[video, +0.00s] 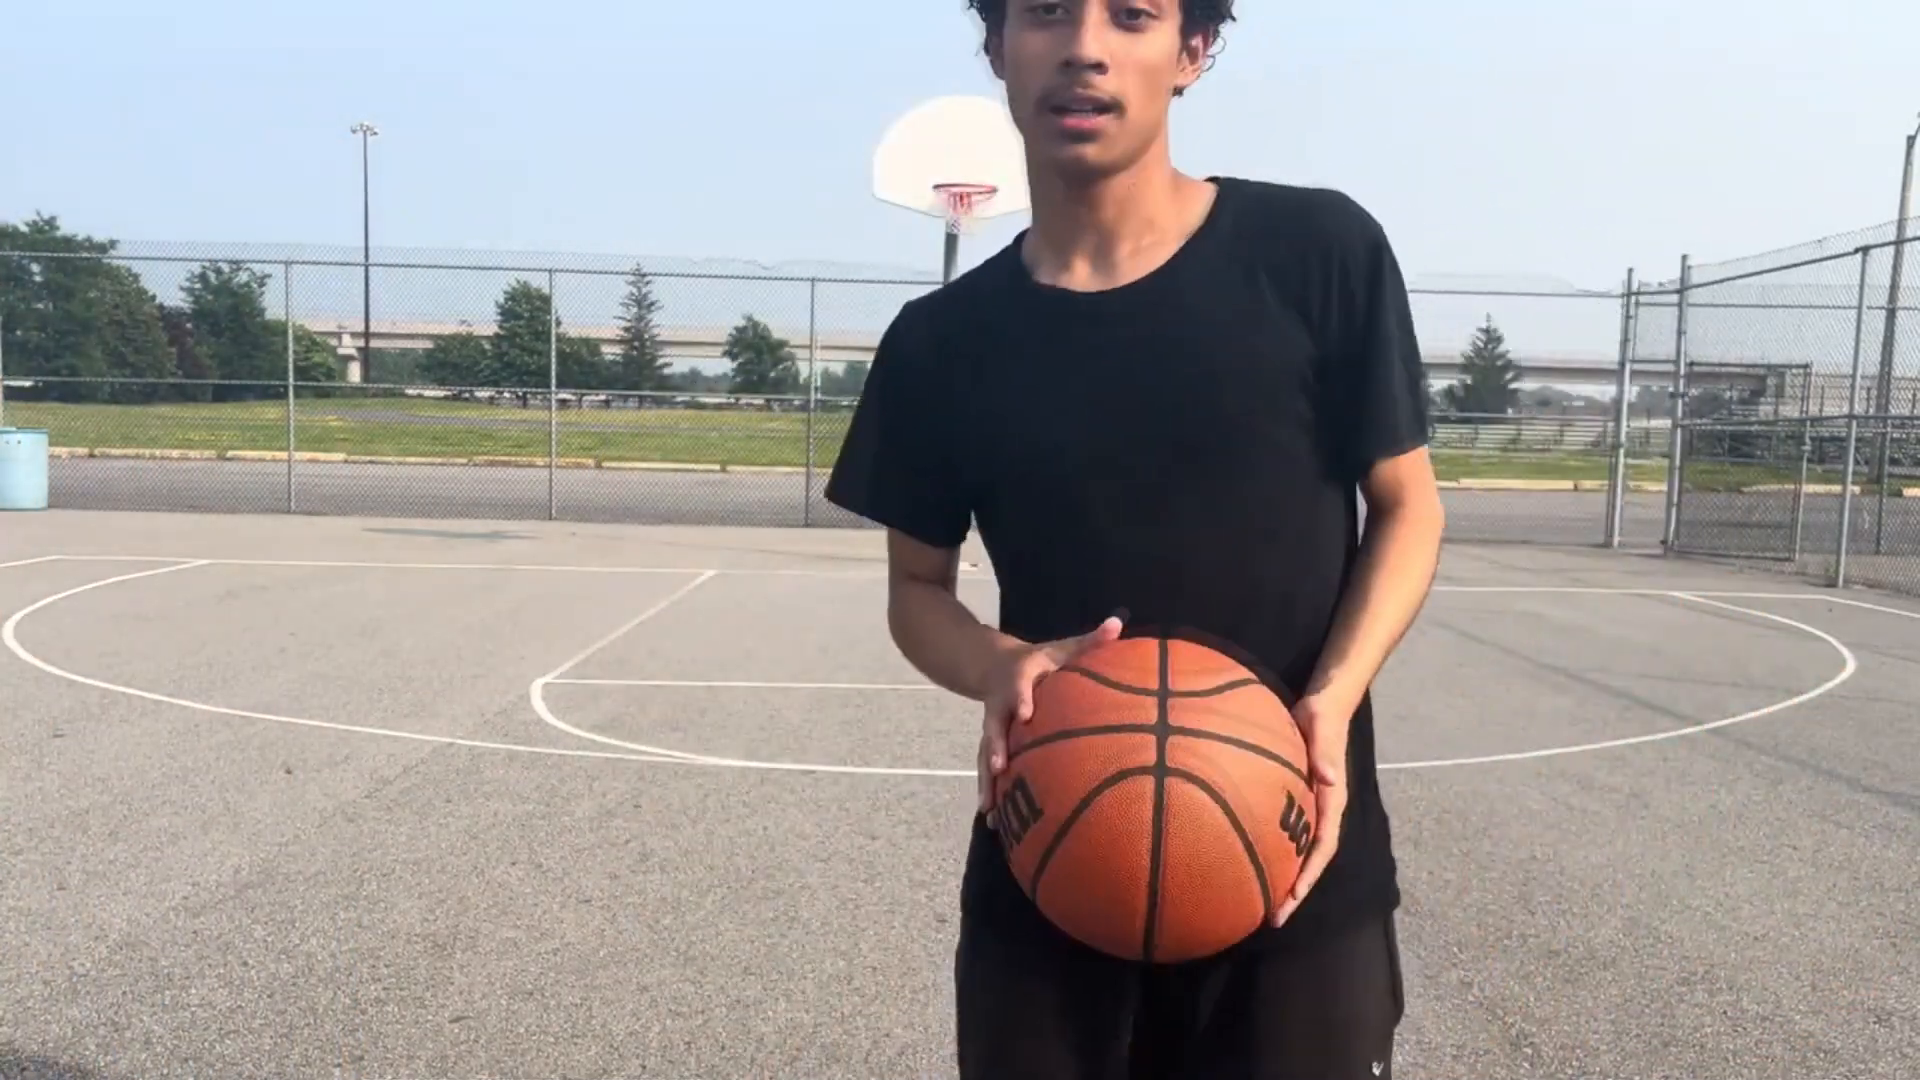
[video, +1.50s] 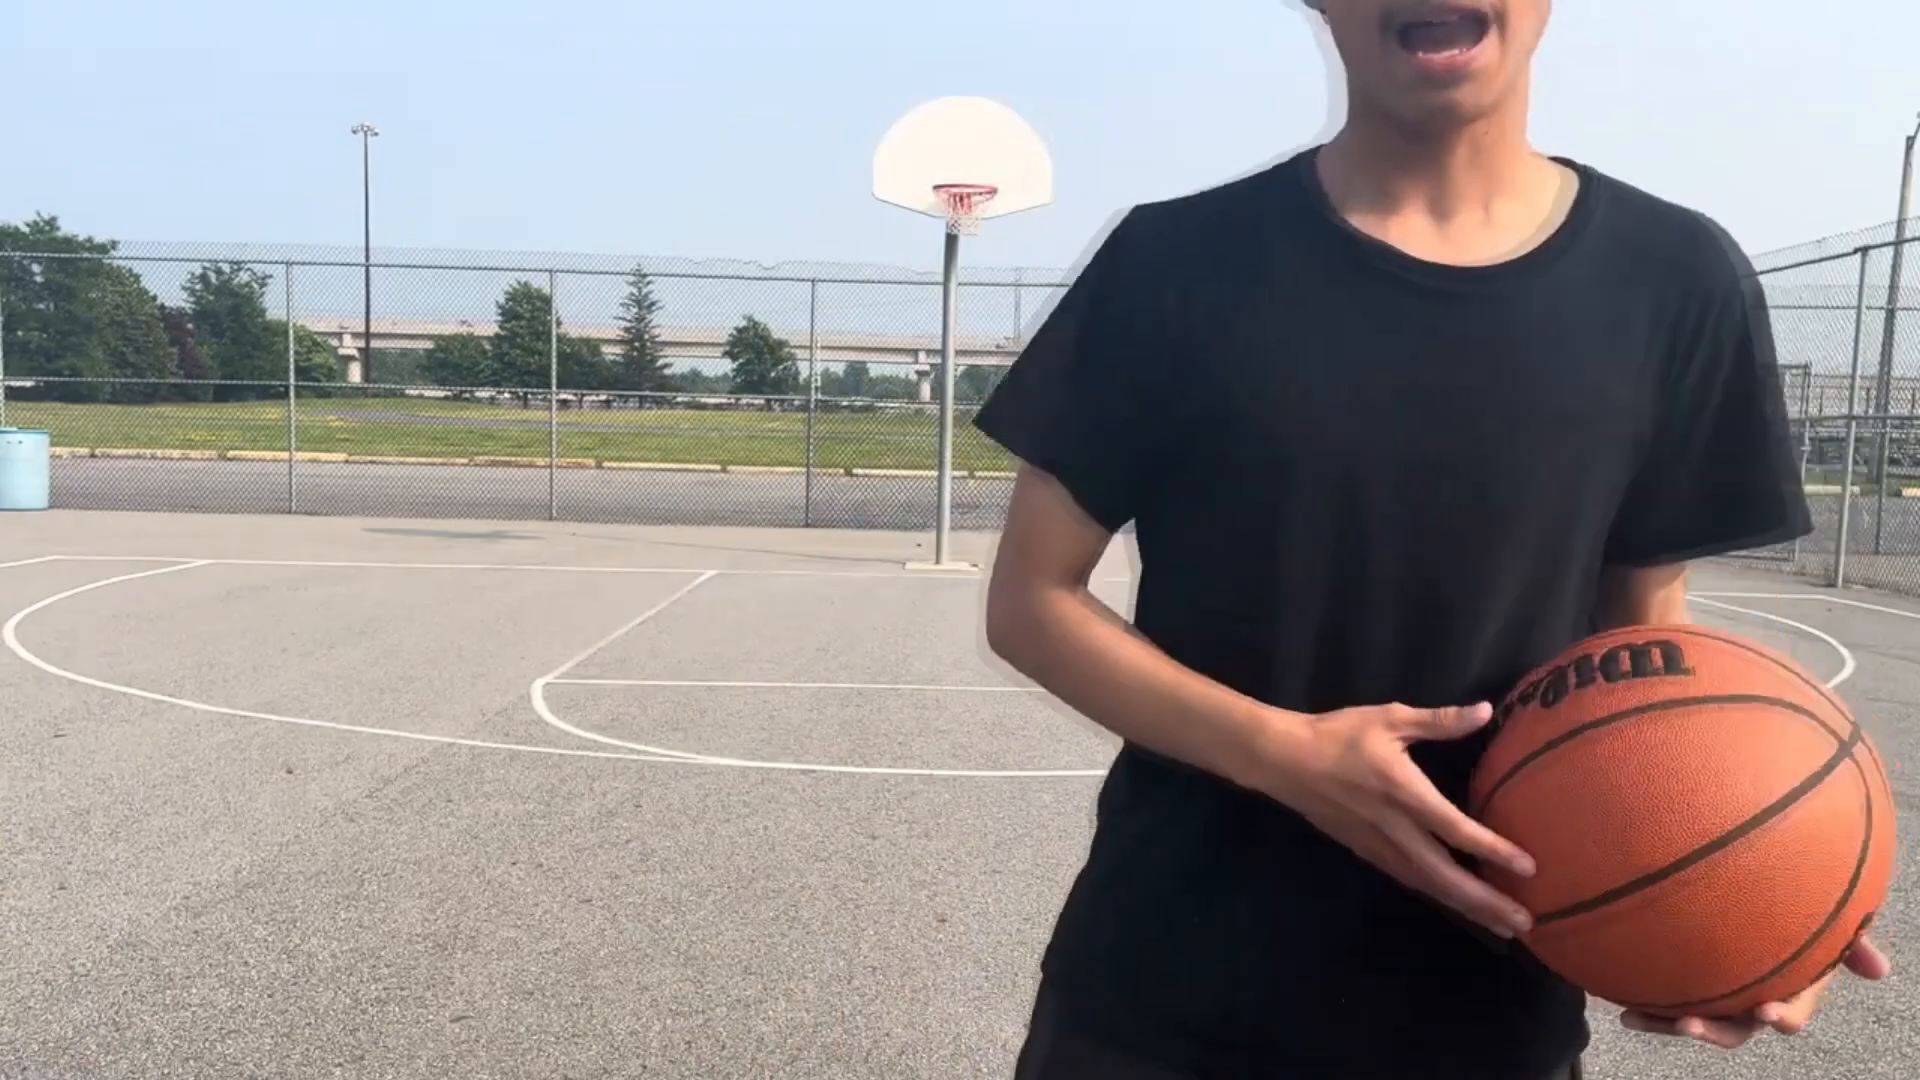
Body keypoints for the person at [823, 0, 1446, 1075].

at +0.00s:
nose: (1085, 47)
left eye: (1130, 13)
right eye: (1047, 11)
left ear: (1190, 53)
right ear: (997, 49)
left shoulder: (1323, 252)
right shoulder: (941, 339)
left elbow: (1407, 510)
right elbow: (916, 593)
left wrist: (1332, 696)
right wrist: (1001, 666)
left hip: (1299, 849)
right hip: (1050, 852)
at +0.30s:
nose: (1071, 54)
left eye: (1110, 17)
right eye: (1031, 24)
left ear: (1177, 47)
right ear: (987, 67)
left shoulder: (1322, 236)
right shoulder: (955, 345)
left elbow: (1418, 490)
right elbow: (938, 625)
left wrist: (1423, 669)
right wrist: (1057, 623)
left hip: (1321, 837)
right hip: (1076, 853)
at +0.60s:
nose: (1200, 41)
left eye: (1240, 2)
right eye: (1155, 10)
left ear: (1314, 22)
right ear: (1114, 45)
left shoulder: (1450, 272)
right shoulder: (1040, 313)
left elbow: (1496, 565)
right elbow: (1013, 589)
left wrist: (1510, 735)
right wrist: (1044, 646)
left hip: (1373, 914)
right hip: (1103, 922)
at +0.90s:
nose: (1409, 13)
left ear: (1540, 9)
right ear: (1324, 16)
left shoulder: (1640, 307)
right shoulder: (1183, 278)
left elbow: (1635, 621)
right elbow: (1067, 569)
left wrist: (1648, 812)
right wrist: (1170, 731)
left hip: (1475, 981)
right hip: (1173, 970)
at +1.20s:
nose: (1500, 5)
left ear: (1626, 12)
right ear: (1405, 15)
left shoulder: (1735, 309)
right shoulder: (1247, 245)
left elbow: (1714, 639)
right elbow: (1094, 547)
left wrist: (1764, 846)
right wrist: (1276, 703)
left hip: (1494, 1008)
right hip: (1185, 969)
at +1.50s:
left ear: (1545, 2)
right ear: (1321, 2)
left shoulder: (1676, 281)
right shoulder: (1171, 265)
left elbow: (1646, 635)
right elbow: (1027, 599)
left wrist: (1717, 892)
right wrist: (1282, 752)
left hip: (1485, 1029)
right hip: (1166, 1011)